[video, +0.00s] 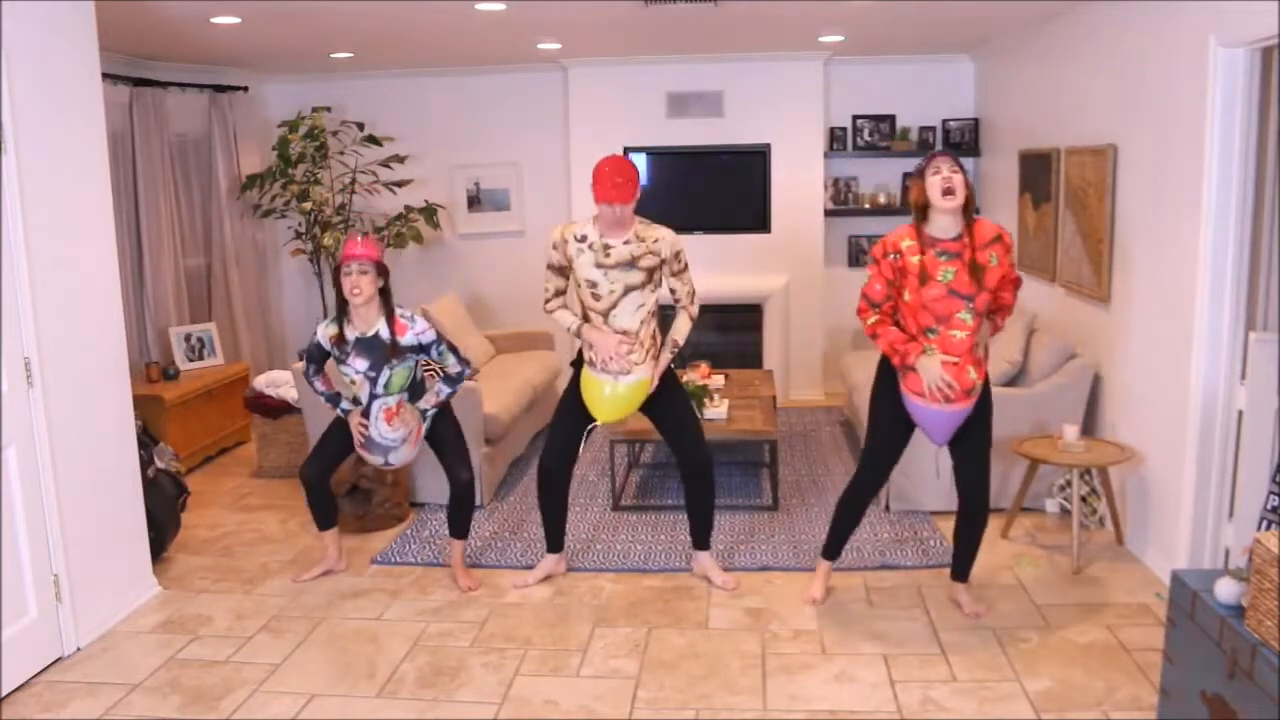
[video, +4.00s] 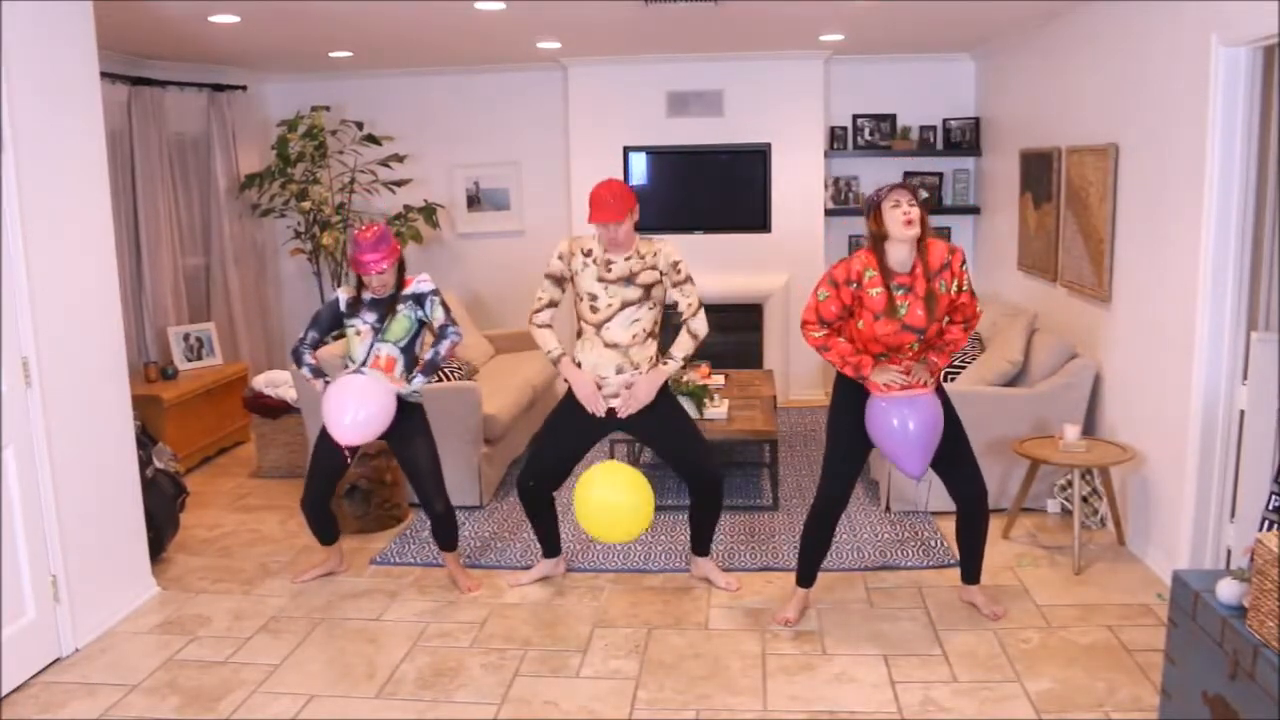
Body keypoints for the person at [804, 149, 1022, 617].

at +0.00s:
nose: (946, 177)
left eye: (954, 171)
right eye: (935, 173)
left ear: (967, 186)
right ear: (921, 190)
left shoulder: (991, 239)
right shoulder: (896, 246)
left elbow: (1008, 288)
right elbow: (871, 311)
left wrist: (987, 327)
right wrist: (915, 356)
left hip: (969, 374)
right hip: (905, 370)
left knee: (975, 489)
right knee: (872, 473)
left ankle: (960, 580)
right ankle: (825, 564)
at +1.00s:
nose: (925, 209)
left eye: (933, 201)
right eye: (917, 201)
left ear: (946, 196)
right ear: (902, 193)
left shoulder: (965, 222)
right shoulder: (873, 217)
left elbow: (996, 283)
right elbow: (828, 270)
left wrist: (951, 314)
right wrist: (879, 308)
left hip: (938, 359)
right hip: (876, 355)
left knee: (960, 475)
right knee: (849, 471)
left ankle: (970, 584)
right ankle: (812, 578)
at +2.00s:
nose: (920, 208)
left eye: (928, 200)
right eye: (912, 198)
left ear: (936, 202)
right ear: (890, 195)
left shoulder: (948, 238)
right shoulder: (856, 235)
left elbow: (973, 298)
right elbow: (812, 290)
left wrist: (938, 324)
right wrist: (868, 318)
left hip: (922, 370)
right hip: (861, 368)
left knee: (967, 487)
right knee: (832, 486)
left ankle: (971, 584)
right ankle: (801, 591)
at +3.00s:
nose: (919, 189)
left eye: (925, 183)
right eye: (908, 181)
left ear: (930, 195)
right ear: (885, 189)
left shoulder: (946, 238)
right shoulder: (854, 239)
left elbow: (973, 303)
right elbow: (814, 298)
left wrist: (938, 337)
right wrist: (870, 335)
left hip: (923, 376)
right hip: (862, 373)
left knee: (970, 489)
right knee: (832, 488)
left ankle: (971, 585)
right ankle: (801, 592)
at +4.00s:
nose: (909, 211)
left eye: (914, 205)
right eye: (897, 206)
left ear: (923, 217)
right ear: (878, 220)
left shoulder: (947, 259)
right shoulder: (853, 270)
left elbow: (964, 318)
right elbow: (815, 326)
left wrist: (933, 363)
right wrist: (866, 370)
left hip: (924, 384)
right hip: (861, 384)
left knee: (973, 492)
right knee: (833, 492)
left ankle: (971, 585)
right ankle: (801, 594)